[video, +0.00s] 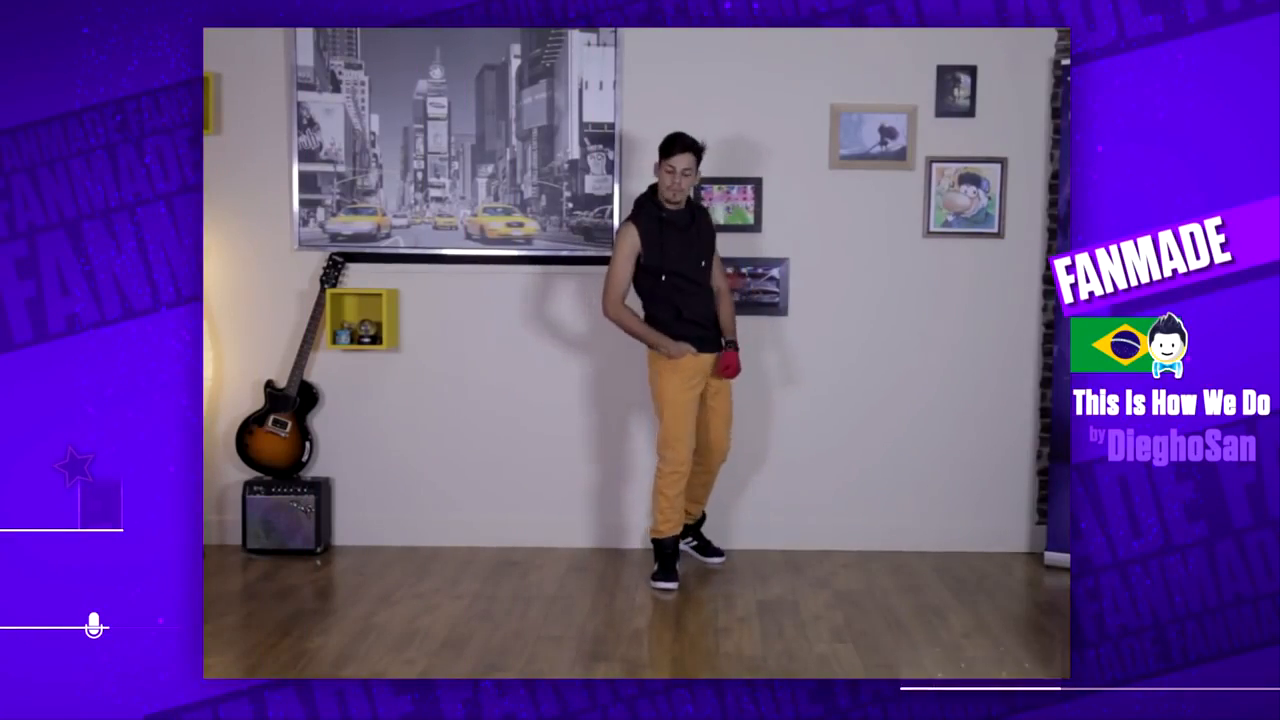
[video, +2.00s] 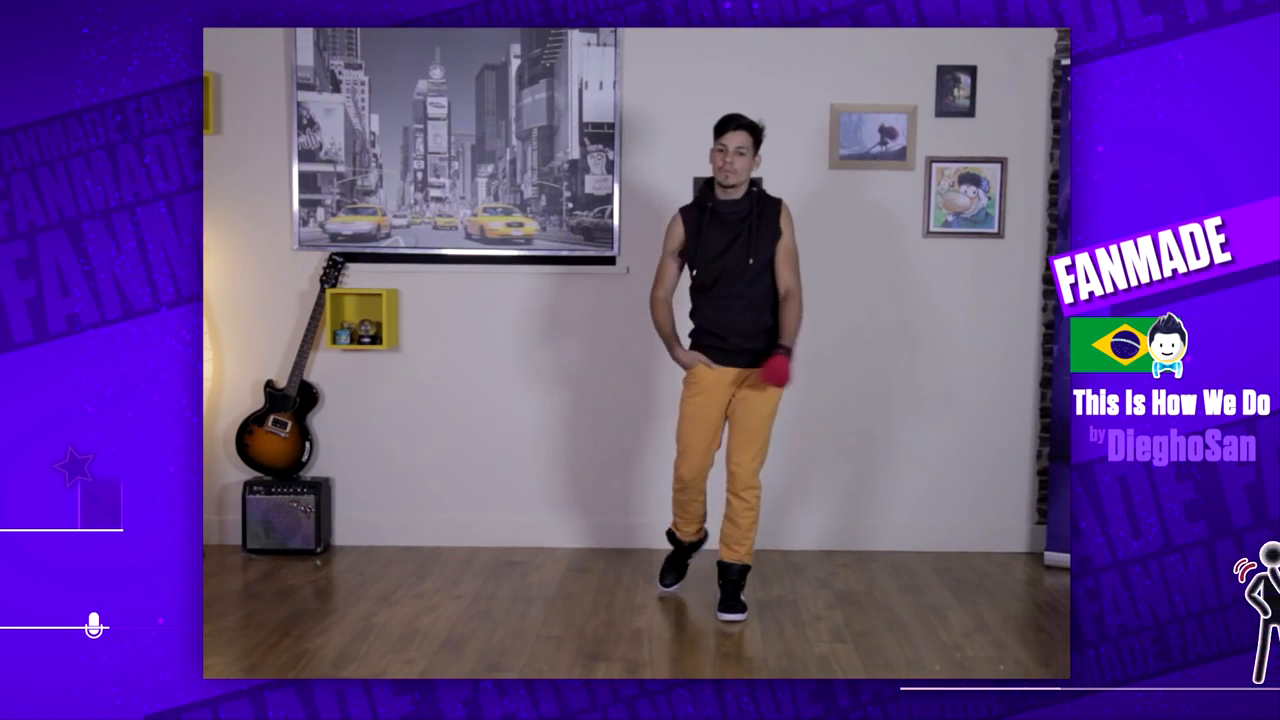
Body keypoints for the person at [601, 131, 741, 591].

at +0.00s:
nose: (677, 181)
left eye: (687, 173)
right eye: (670, 171)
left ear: (697, 177)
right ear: (657, 170)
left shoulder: (702, 221)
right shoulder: (636, 228)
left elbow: (720, 286)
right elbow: (612, 304)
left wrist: (730, 341)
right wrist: (666, 345)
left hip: (715, 353)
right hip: (674, 356)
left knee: (715, 448)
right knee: (676, 455)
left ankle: (689, 527)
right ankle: (664, 552)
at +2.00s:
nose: (729, 160)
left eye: (740, 153)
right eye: (722, 150)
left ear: (755, 161)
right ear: (711, 155)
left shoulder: (775, 215)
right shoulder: (688, 219)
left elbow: (790, 290)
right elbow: (660, 294)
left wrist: (784, 350)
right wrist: (676, 349)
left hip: (762, 368)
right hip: (707, 364)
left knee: (744, 477)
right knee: (688, 470)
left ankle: (734, 577)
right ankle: (686, 541)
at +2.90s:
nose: (707, 153)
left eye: (719, 145)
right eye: (700, 144)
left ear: (736, 155)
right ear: (690, 151)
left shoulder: (753, 226)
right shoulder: (658, 209)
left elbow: (767, 307)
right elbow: (625, 289)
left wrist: (747, 331)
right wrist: (650, 352)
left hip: (736, 376)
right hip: (677, 374)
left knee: (751, 483)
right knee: (661, 488)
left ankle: (737, 579)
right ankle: (643, 597)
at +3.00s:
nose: (696, 153)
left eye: (708, 146)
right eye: (689, 144)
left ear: (724, 157)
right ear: (677, 151)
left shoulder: (746, 219)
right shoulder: (649, 215)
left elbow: (764, 305)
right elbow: (612, 293)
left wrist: (720, 289)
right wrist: (644, 354)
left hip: (735, 376)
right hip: (673, 375)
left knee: (758, 481)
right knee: (660, 489)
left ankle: (750, 576)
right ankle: (644, 598)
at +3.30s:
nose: (725, 166)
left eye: (735, 157)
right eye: (715, 156)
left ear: (745, 157)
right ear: (696, 156)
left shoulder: (757, 202)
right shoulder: (684, 218)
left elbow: (742, 273)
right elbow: (662, 297)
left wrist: (710, 208)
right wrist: (664, 347)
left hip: (752, 378)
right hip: (691, 375)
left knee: (774, 494)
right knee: (665, 492)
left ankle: (800, 604)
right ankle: (653, 600)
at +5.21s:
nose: (727, 176)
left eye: (739, 167)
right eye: (722, 164)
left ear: (767, 169)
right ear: (715, 162)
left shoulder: (782, 223)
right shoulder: (690, 210)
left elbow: (779, 299)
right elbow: (650, 290)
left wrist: (736, 238)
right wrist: (670, 356)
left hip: (760, 379)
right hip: (696, 378)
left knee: (774, 494)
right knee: (668, 494)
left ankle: (792, 605)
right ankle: (650, 602)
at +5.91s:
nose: (668, 166)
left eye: (675, 153)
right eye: (658, 160)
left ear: (697, 151)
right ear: (653, 166)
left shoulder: (739, 208)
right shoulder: (656, 226)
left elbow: (735, 285)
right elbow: (637, 303)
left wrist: (684, 231)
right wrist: (638, 352)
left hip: (731, 379)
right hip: (668, 376)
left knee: (757, 495)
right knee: (654, 495)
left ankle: (782, 604)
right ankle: (644, 601)